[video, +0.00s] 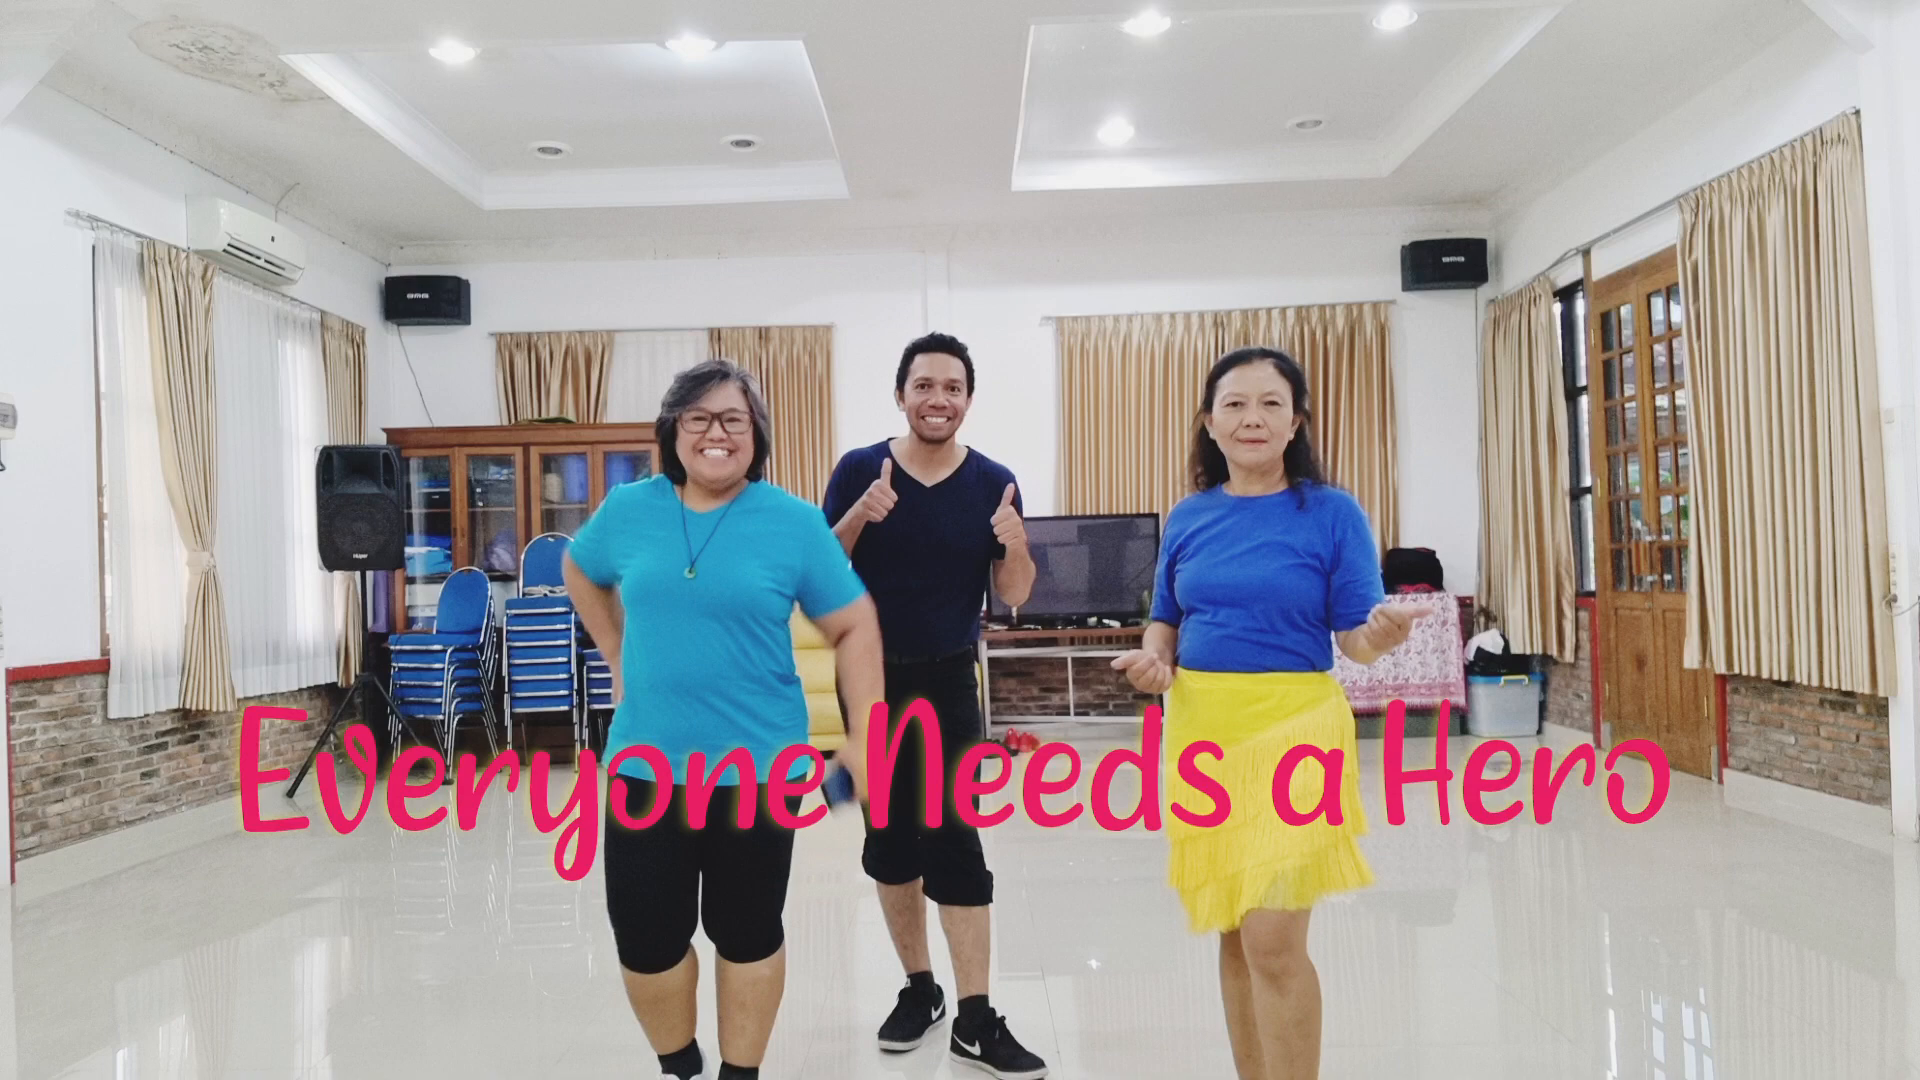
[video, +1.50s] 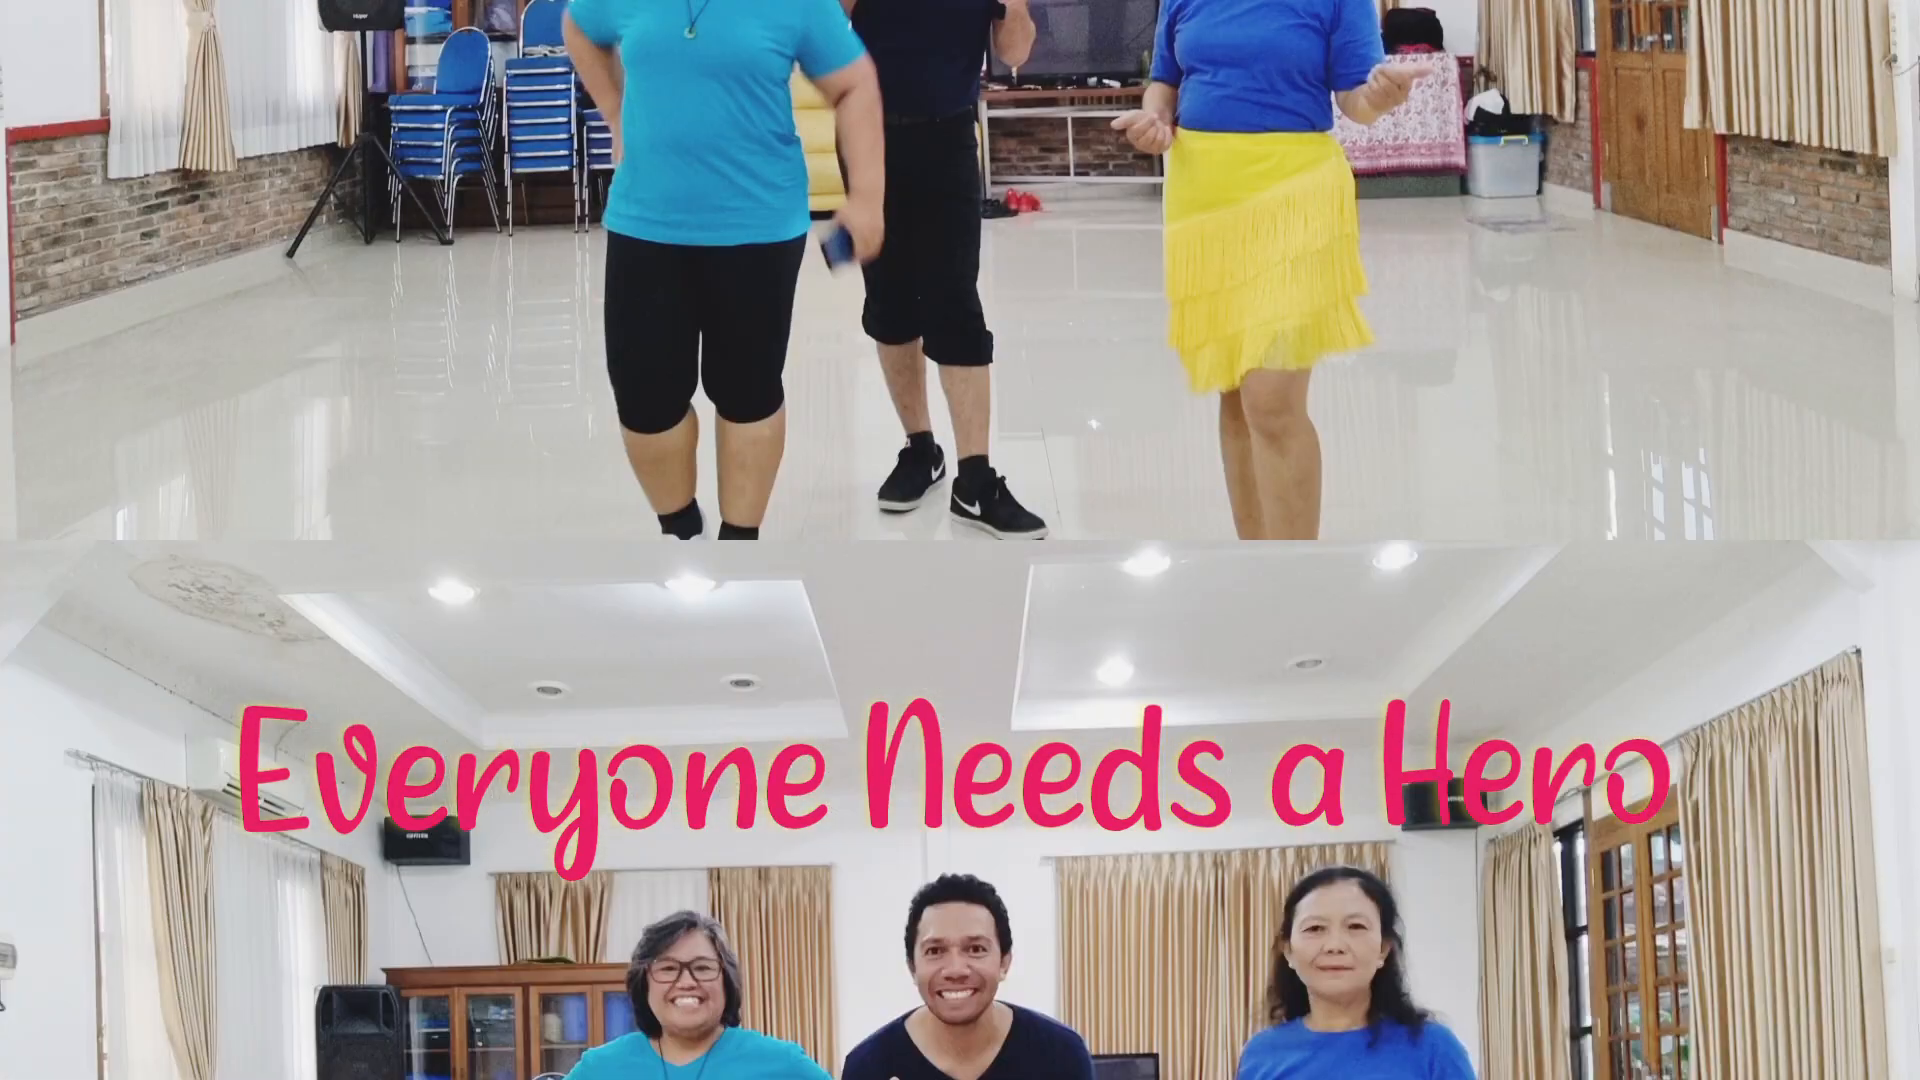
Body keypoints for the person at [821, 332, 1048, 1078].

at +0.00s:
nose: (938, 400)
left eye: (952, 388)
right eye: (924, 386)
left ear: (968, 399)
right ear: (900, 396)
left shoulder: (992, 483)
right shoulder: (858, 472)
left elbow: (1014, 595)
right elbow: (813, 570)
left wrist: (1015, 548)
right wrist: (854, 520)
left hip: (950, 676)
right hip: (872, 676)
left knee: (957, 841)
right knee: (892, 840)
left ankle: (975, 1014)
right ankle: (919, 990)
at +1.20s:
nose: (938, 365)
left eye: (952, 354)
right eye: (924, 352)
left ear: (968, 365)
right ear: (901, 362)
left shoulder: (992, 448)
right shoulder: (858, 438)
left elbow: (1014, 562)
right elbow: (813, 535)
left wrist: (1015, 514)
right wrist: (854, 485)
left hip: (950, 644)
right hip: (872, 643)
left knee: (959, 809)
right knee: (892, 810)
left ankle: (975, 980)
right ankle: (919, 955)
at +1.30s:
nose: (938, 283)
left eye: (952, 271)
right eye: (924, 270)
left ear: (968, 283)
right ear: (900, 280)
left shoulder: (991, 366)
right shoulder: (858, 355)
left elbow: (1014, 479)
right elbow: (813, 453)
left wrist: (1015, 431)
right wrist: (854, 403)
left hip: (949, 562)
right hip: (870, 560)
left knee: (957, 723)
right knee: (890, 718)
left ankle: (975, 896)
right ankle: (918, 870)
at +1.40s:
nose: (939, 123)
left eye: (952, 112)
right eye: (925, 110)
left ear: (968, 124)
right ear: (901, 119)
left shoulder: (990, 206)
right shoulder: (859, 195)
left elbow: (1013, 321)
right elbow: (813, 292)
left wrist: (1015, 272)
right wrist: (855, 242)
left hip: (949, 405)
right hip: (872, 403)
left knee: (955, 570)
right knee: (893, 567)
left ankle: (978, 735)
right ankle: (919, 712)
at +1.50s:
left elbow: (1015, 52)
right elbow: (825, 31)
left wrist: (1015, 6)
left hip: (948, 130)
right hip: (870, 128)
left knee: (956, 302)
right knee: (890, 297)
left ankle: (975, 475)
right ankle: (919, 448)